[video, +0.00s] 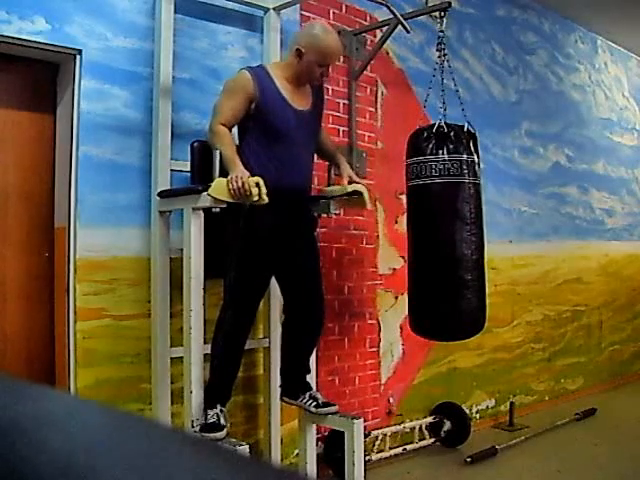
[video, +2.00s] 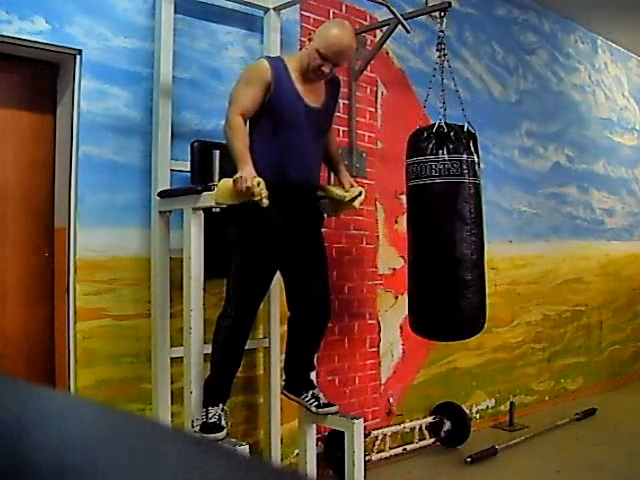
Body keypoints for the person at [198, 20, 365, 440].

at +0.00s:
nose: (325, 74)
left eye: (330, 67)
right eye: (323, 66)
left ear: (317, 60)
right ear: (300, 54)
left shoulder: (312, 91)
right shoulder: (251, 82)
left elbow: (311, 134)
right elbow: (219, 127)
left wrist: (341, 161)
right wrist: (236, 167)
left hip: (296, 216)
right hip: (254, 216)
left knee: (307, 307)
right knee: (238, 311)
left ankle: (295, 387)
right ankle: (213, 409)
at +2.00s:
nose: (326, 70)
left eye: (336, 66)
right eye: (324, 59)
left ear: (343, 63)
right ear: (310, 41)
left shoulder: (329, 88)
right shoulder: (265, 71)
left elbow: (322, 133)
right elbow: (236, 117)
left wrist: (342, 172)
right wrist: (244, 167)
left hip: (303, 212)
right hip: (261, 209)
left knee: (314, 306)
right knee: (239, 310)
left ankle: (298, 382)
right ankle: (213, 404)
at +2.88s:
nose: (337, 46)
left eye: (342, 39)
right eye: (331, 36)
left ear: (346, 36)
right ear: (309, 24)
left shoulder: (335, 69)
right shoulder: (268, 56)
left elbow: (332, 124)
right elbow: (245, 113)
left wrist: (338, 178)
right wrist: (246, 168)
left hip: (312, 194)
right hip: (271, 192)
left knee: (328, 288)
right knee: (260, 294)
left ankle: (304, 373)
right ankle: (226, 391)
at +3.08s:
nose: (332, 41)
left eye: (339, 35)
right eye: (328, 31)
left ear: (343, 33)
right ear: (307, 16)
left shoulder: (334, 69)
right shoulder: (266, 56)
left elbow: (333, 124)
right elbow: (246, 112)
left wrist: (339, 178)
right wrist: (246, 168)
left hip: (315, 191)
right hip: (274, 190)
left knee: (334, 287)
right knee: (268, 291)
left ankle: (300, 370)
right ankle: (245, 385)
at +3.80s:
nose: (357, 69)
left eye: (362, 62)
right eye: (350, 59)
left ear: (363, 62)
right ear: (324, 53)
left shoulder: (347, 98)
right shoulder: (283, 84)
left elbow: (338, 137)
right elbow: (232, 116)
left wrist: (341, 178)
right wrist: (242, 169)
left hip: (309, 219)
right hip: (271, 216)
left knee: (329, 311)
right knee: (283, 313)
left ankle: (290, 396)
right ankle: (255, 392)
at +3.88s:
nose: (361, 83)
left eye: (364, 74)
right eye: (354, 73)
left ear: (364, 73)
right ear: (328, 66)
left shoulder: (350, 108)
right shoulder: (286, 93)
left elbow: (339, 146)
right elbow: (231, 117)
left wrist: (340, 180)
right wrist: (242, 169)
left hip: (305, 223)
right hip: (266, 220)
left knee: (327, 316)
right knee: (281, 315)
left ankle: (279, 396)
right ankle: (252, 391)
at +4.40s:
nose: (375, 139)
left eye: (380, 131)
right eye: (368, 129)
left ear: (382, 130)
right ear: (342, 120)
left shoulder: (358, 155)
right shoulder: (300, 134)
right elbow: (243, 116)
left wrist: (344, 190)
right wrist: (243, 170)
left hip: (300, 260)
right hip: (260, 255)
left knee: (312, 353)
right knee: (256, 352)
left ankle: (236, 400)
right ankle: (237, 421)